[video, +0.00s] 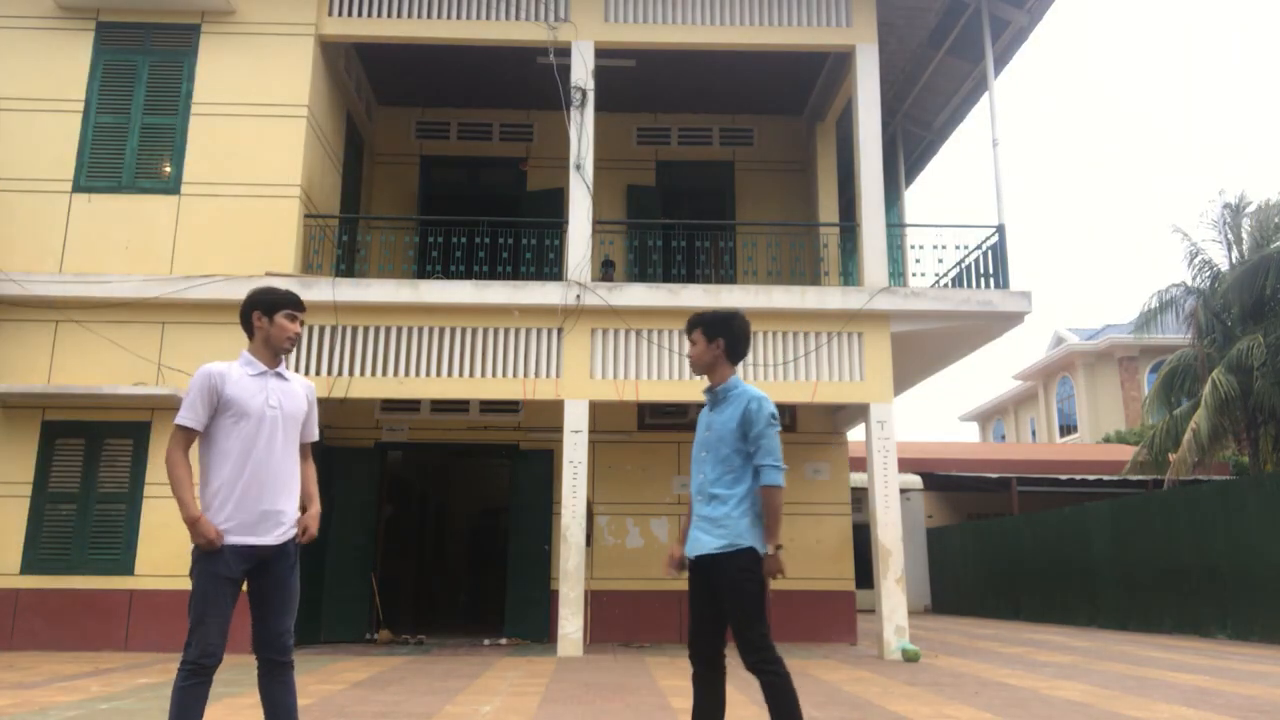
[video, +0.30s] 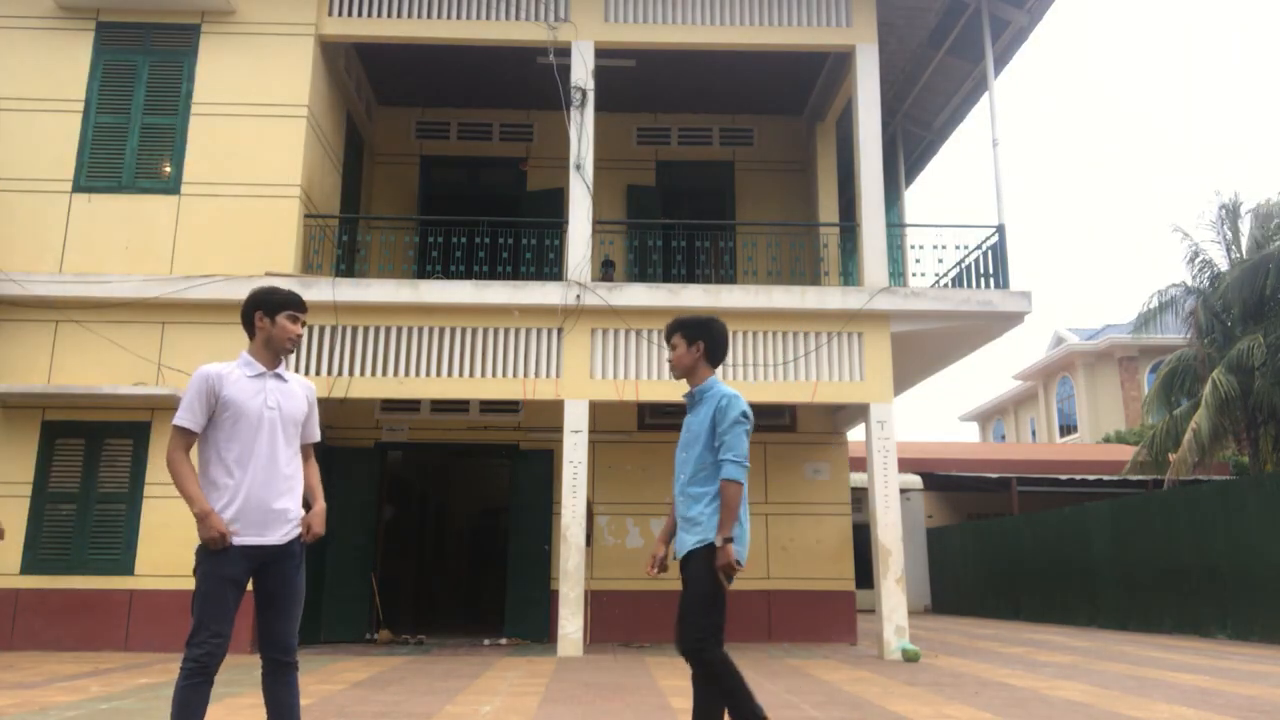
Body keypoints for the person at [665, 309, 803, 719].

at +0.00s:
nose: (687, 350)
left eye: (693, 342)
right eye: (688, 342)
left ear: (719, 346)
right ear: (714, 347)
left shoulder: (754, 403)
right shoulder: (708, 410)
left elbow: (772, 477)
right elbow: (703, 487)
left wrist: (772, 547)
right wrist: (684, 543)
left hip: (739, 553)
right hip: (702, 554)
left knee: (759, 655)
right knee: (704, 657)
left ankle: (790, 717)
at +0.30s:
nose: (668, 355)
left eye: (674, 347)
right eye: (668, 348)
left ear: (699, 349)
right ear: (691, 351)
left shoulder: (728, 402)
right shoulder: (696, 409)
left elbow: (733, 475)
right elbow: (687, 485)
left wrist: (724, 540)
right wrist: (664, 539)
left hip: (711, 543)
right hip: (692, 544)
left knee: (695, 642)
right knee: (703, 647)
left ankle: (752, 715)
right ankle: (706, 716)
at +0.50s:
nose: (665, 356)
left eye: (671, 348)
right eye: (665, 348)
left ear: (696, 350)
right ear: (690, 353)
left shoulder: (720, 402)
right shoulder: (695, 406)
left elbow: (710, 474)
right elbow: (687, 480)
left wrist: (699, 535)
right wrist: (669, 538)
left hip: (709, 542)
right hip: (692, 542)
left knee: (678, 641)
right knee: (701, 647)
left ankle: (705, 713)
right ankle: (707, 714)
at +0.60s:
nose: (666, 357)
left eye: (672, 349)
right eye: (665, 349)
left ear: (698, 351)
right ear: (688, 353)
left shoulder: (724, 402)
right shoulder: (685, 411)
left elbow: (682, 465)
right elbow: (677, 477)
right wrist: (662, 530)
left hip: (713, 538)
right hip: (688, 541)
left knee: (676, 643)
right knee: (700, 649)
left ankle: (674, 714)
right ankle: (704, 715)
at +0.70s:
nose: (667, 357)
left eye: (673, 349)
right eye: (666, 350)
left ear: (700, 350)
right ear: (692, 353)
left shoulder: (727, 401)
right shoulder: (681, 412)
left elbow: (680, 445)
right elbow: (657, 459)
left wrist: (612, 450)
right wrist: (646, 485)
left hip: (715, 538)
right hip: (688, 540)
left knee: (670, 638)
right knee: (701, 651)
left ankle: (646, 712)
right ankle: (705, 716)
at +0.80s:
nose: (666, 355)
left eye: (673, 346)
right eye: (665, 348)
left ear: (700, 348)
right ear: (687, 352)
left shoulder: (728, 400)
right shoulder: (677, 410)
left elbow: (678, 440)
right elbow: (637, 459)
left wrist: (634, 418)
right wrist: (626, 433)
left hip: (715, 532)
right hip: (688, 536)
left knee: (664, 631)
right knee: (700, 651)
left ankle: (630, 714)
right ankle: (705, 719)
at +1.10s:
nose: (672, 352)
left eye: (679, 343)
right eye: (671, 345)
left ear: (708, 345)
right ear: (681, 349)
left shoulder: (734, 403)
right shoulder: (678, 409)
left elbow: (725, 466)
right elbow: (624, 435)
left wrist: (660, 470)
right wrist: (570, 401)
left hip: (710, 536)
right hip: (680, 538)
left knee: (691, 643)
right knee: (686, 644)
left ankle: (698, 717)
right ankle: (693, 715)